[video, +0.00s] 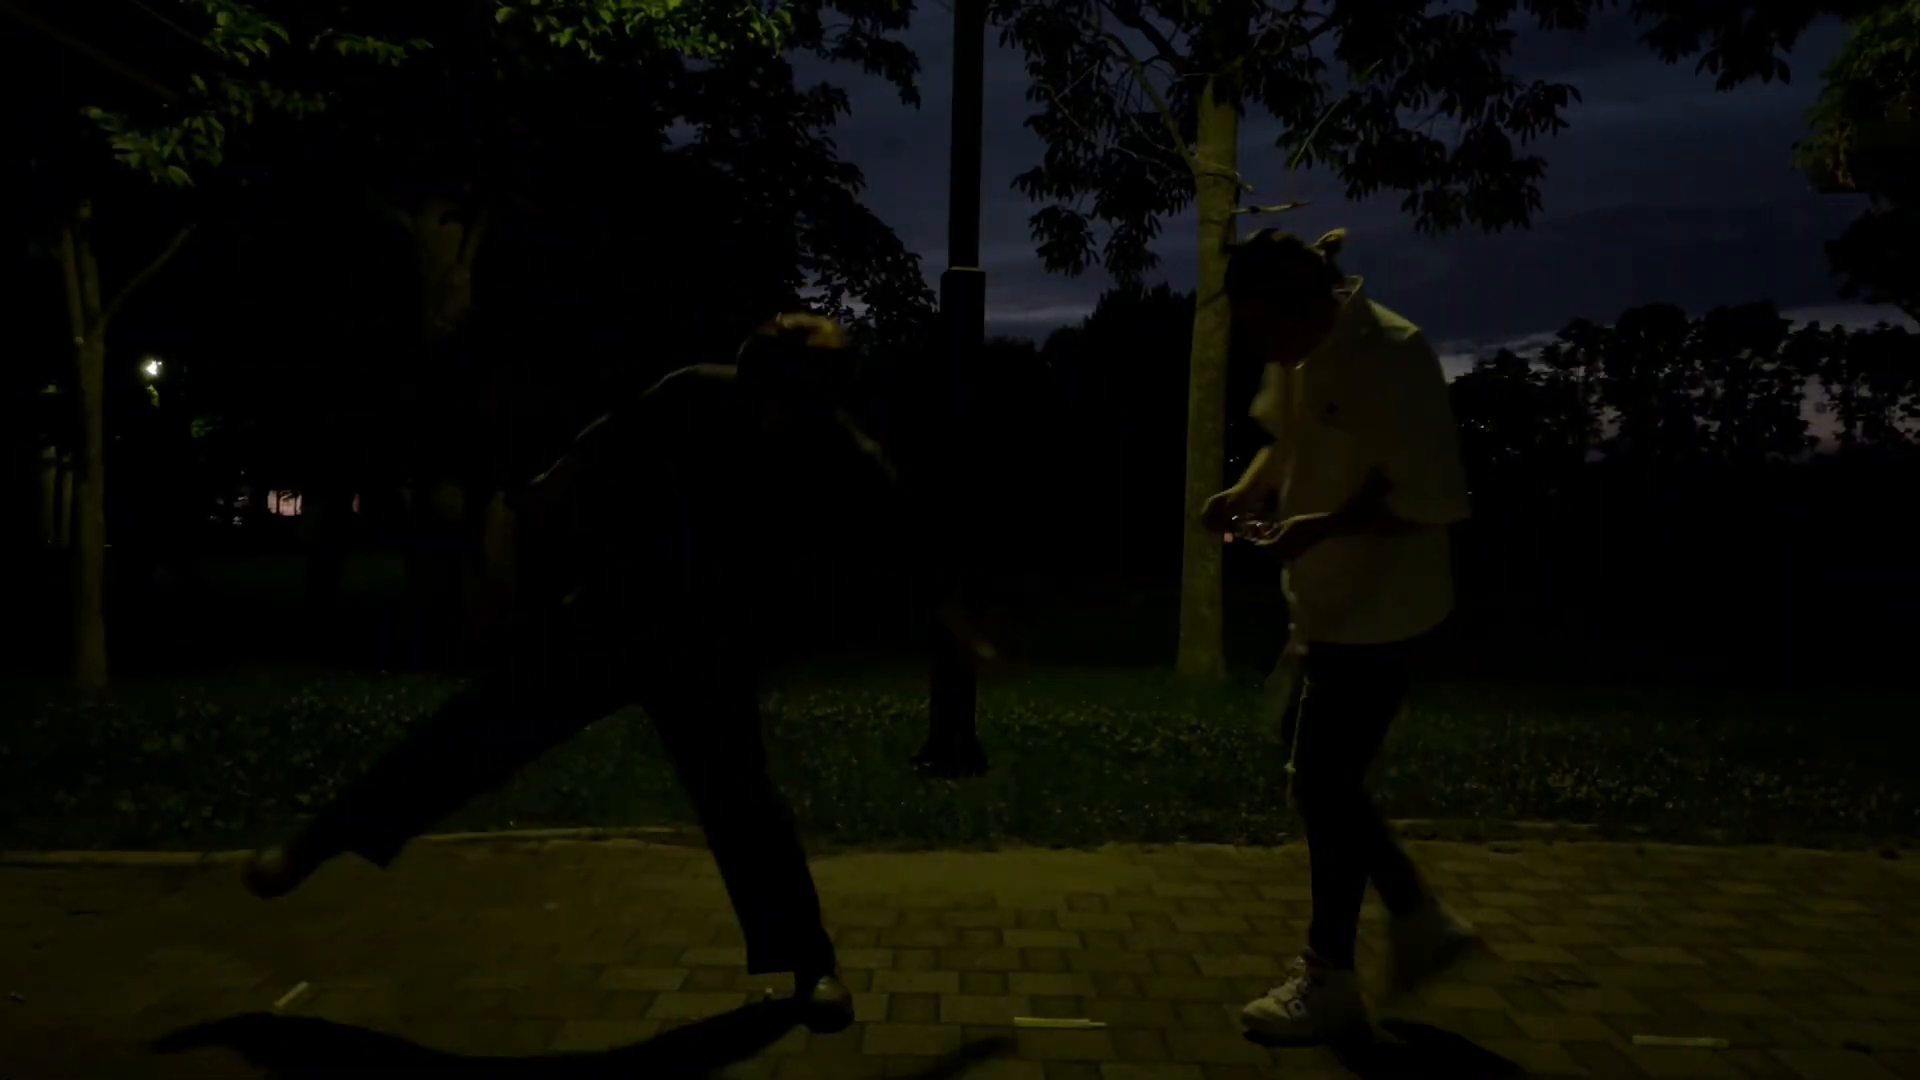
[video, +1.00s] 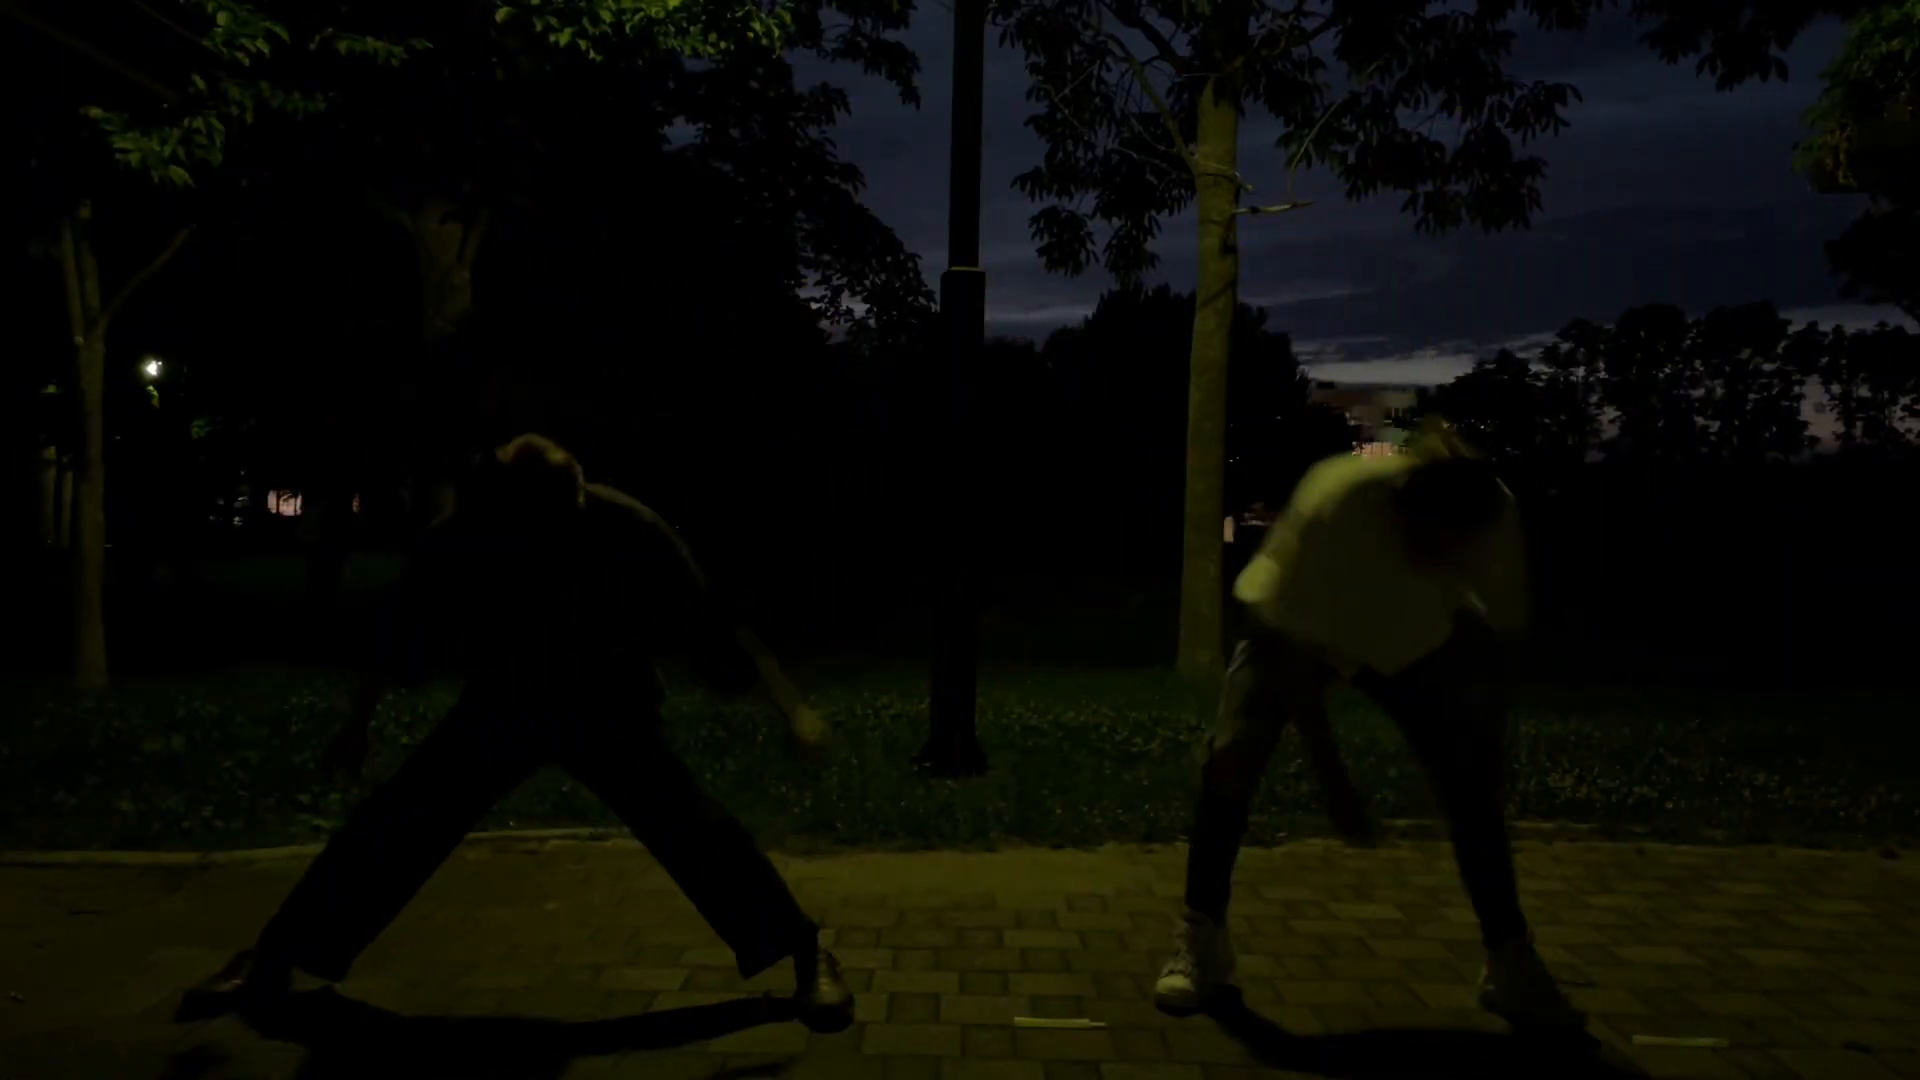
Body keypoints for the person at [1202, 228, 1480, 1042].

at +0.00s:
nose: (1262, 340)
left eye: (1267, 322)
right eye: (1254, 324)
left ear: (1300, 303)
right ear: (1274, 309)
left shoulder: (1392, 354)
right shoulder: (1303, 350)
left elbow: (1430, 497)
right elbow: (1288, 445)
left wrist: (1319, 526)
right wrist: (1242, 496)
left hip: (1386, 615)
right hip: (1328, 611)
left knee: (1328, 781)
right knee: (1320, 776)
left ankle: (1329, 979)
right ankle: (1421, 922)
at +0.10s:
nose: (1258, 348)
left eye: (1267, 331)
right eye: (1250, 333)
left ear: (1304, 309)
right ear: (1249, 318)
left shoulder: (1389, 354)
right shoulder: (1274, 348)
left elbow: (1430, 498)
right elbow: (1258, 445)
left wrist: (1316, 528)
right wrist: (1231, 498)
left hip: (1375, 614)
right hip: (1305, 607)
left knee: (1331, 786)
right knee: (1259, 752)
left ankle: (1329, 981)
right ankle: (1372, 915)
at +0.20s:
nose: (1253, 356)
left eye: (1266, 340)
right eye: (1246, 340)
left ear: (1307, 320)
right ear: (1241, 325)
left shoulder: (1385, 362)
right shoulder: (1239, 352)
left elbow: (1426, 498)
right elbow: (1227, 445)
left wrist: (1323, 540)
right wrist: (1223, 505)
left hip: (1367, 609)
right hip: (1280, 601)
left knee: (1334, 777)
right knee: (1240, 748)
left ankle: (1332, 971)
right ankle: (1262, 926)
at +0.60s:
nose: (1292, 420)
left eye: (1307, 403)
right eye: (1280, 402)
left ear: (1332, 379)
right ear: (1254, 378)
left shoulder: (1375, 398)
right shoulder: (1203, 396)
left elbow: (1398, 513)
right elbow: (1159, 507)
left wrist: (1347, 604)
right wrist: (1219, 599)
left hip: (1337, 616)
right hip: (1231, 616)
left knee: (1350, 781)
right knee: (1216, 771)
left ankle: (1361, 955)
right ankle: (1205, 943)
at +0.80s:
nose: (1356, 462)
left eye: (1369, 445)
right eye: (1345, 445)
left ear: (1389, 425)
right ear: (1315, 420)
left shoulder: (1413, 441)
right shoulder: (1242, 440)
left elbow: (1426, 556)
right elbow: (1205, 561)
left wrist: (1410, 645)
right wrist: (1262, 657)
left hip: (1362, 627)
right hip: (1252, 624)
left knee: (1416, 782)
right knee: (1216, 775)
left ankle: (1474, 954)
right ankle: (1206, 947)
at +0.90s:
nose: (1395, 496)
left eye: (1406, 481)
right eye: (1385, 479)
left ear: (1424, 459)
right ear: (1354, 455)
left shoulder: (1437, 465)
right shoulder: (1278, 458)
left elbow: (1447, 587)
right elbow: (1229, 593)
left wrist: (1435, 691)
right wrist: (1297, 711)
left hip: (1378, 631)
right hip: (1271, 629)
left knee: (1434, 788)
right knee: (1222, 770)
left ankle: (1494, 957)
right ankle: (1206, 947)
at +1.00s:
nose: (1448, 552)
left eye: (1462, 539)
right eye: (1441, 536)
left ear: (1480, 514)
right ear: (1408, 507)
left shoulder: (1490, 517)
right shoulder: (1334, 502)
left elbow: (1505, 639)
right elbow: (1281, 638)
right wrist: (1334, 785)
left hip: (1414, 632)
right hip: (1299, 624)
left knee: (1473, 789)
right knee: (1231, 760)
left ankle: (1511, 964)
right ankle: (1200, 942)